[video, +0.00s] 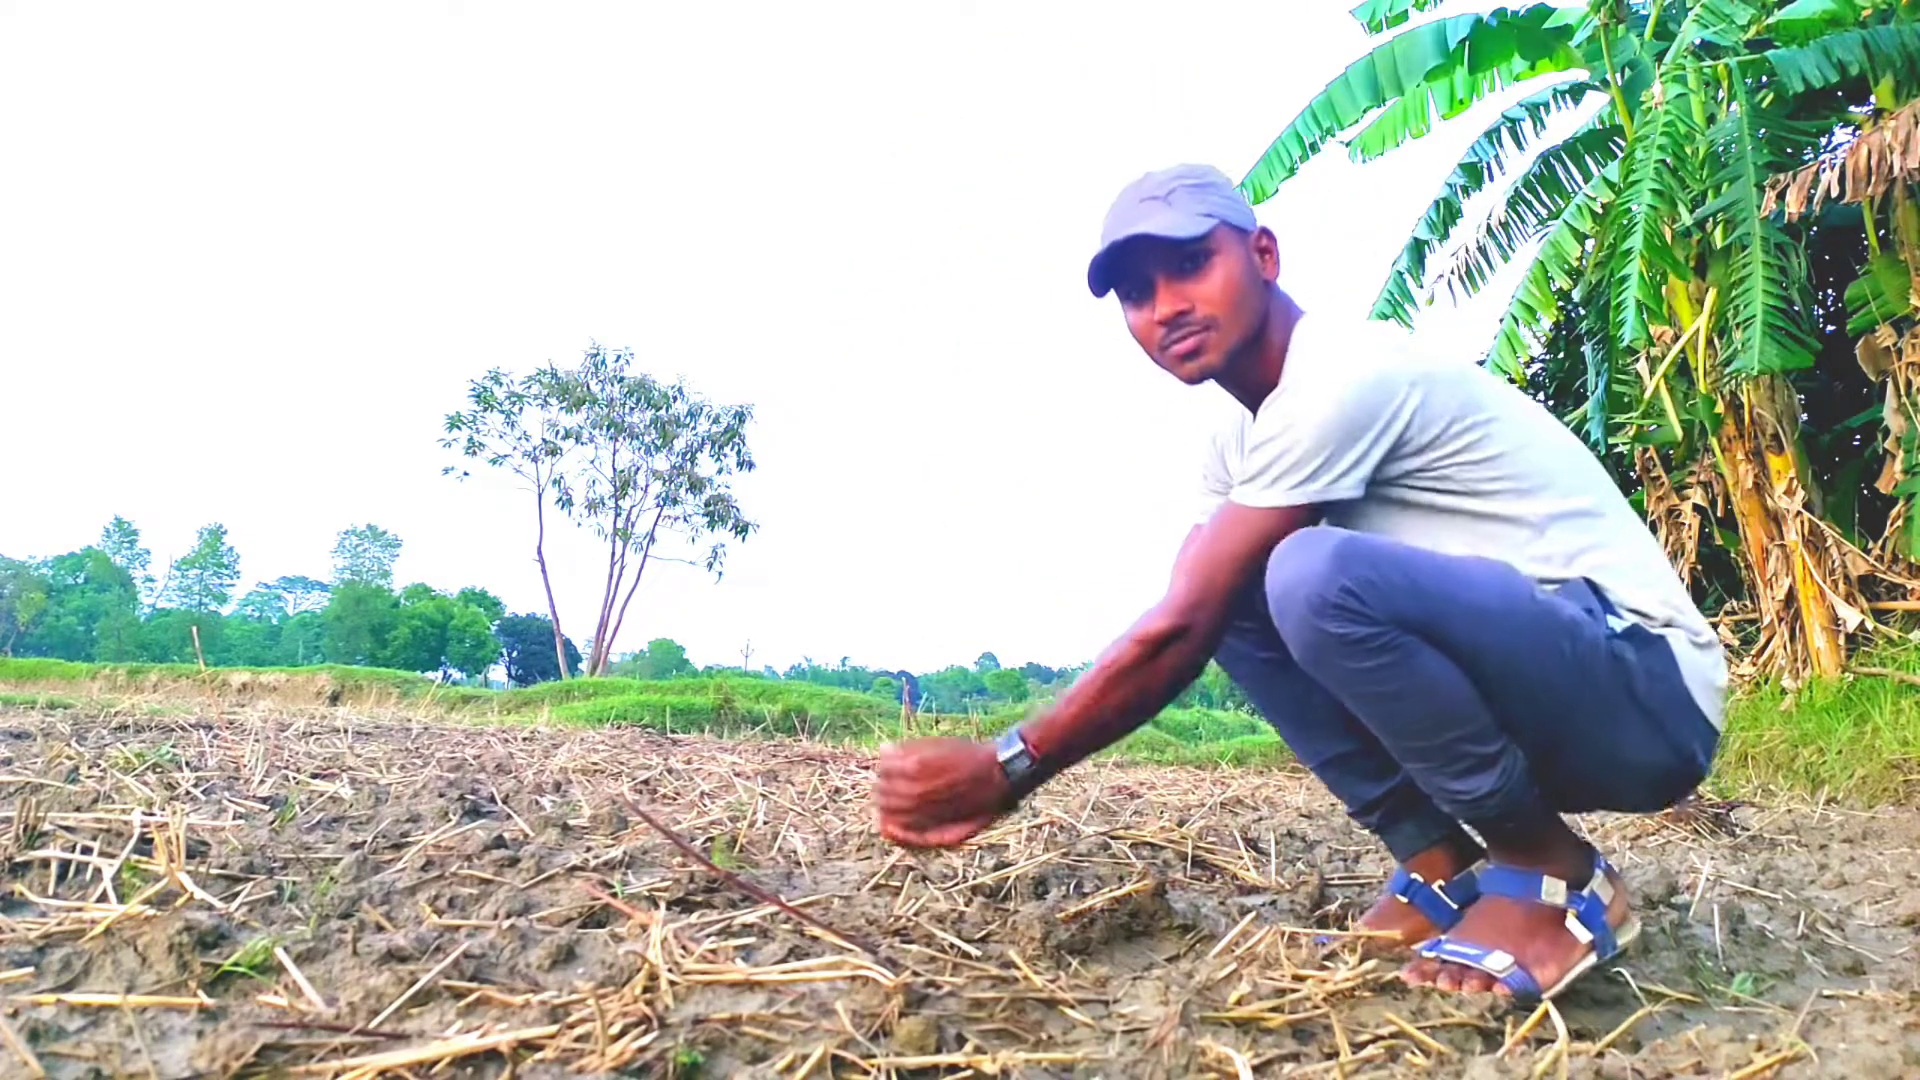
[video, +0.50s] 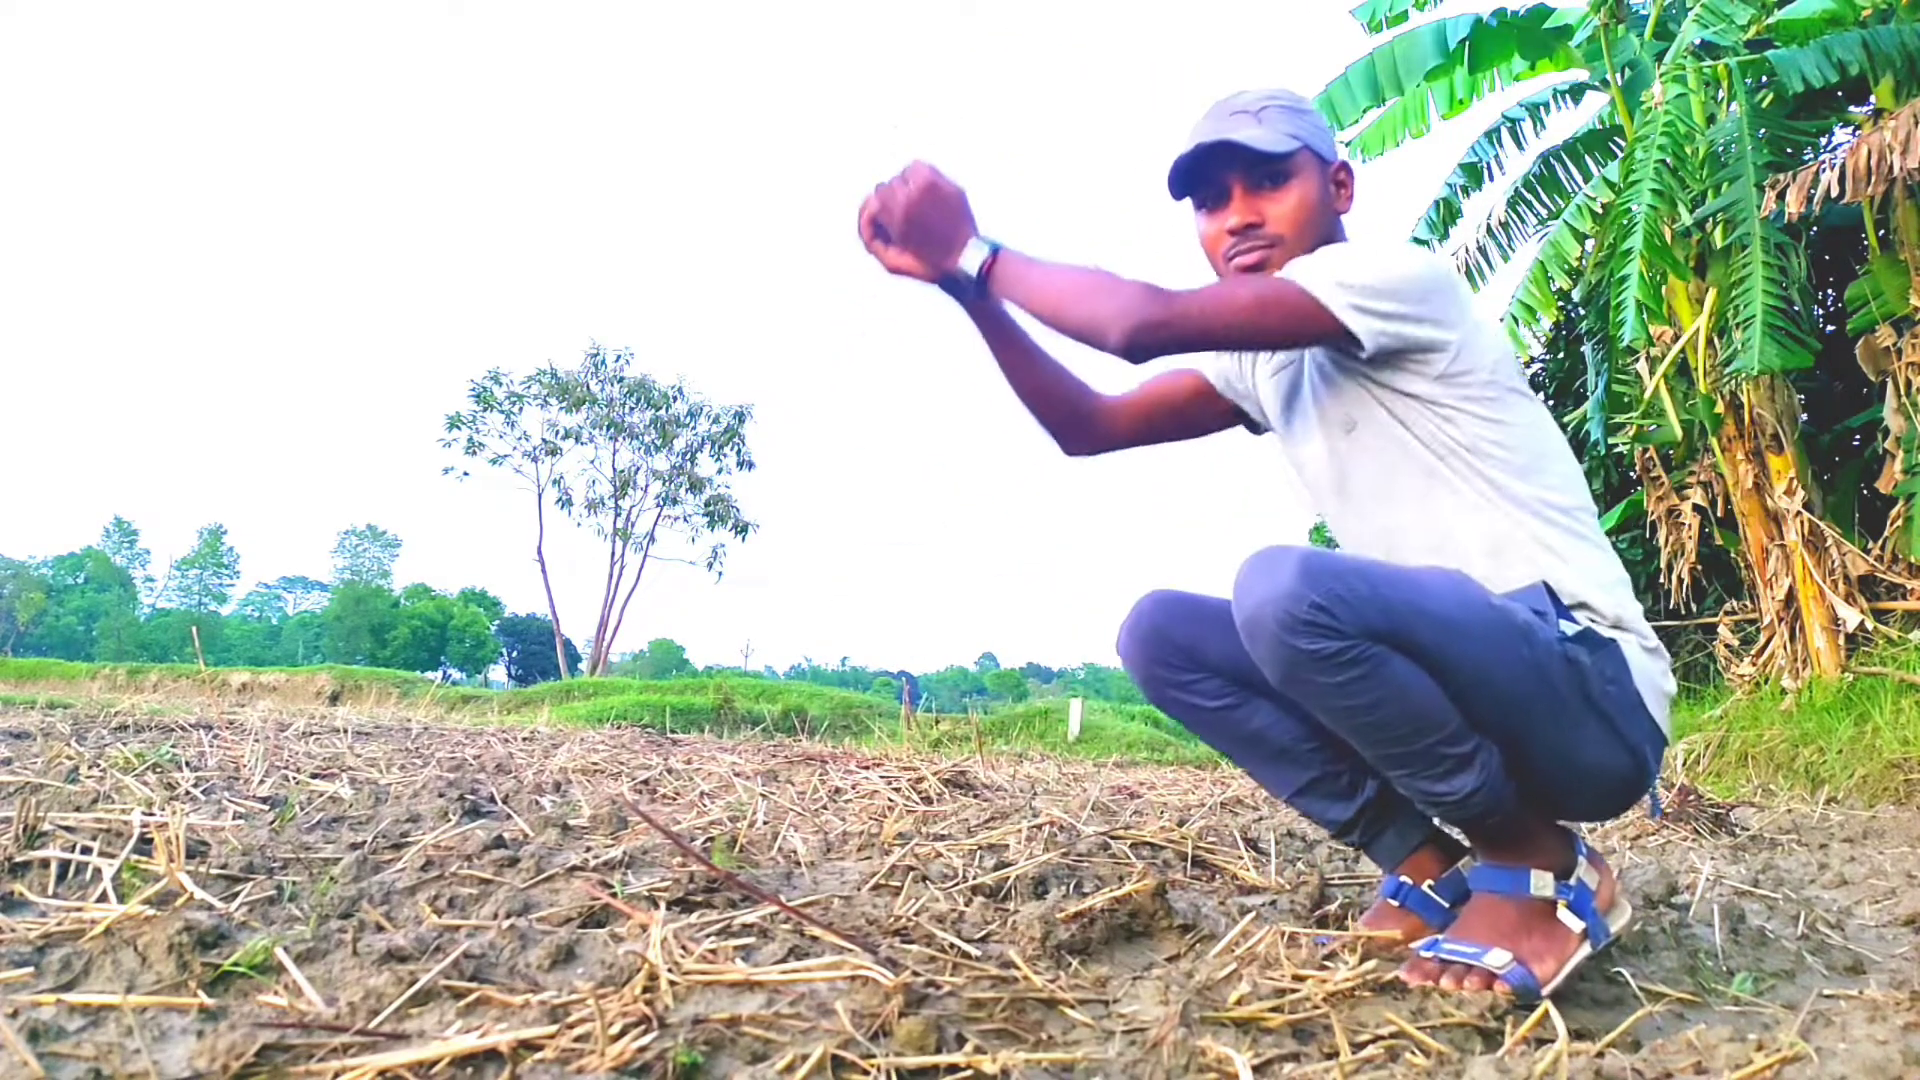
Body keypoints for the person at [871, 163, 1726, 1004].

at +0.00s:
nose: (1164, 306)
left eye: (1189, 263)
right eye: (1134, 290)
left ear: (1265, 255)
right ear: (1123, 319)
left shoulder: (1348, 378)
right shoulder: (1238, 445)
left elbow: (1180, 629)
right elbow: (1175, 647)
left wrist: (1008, 767)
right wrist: (1011, 770)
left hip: (1644, 684)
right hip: (1540, 702)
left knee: (1324, 581)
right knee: (1230, 611)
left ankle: (1550, 874)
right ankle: (1441, 865)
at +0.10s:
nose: (1178, 293)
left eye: (1204, 250)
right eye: (1148, 275)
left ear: (1277, 247)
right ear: (1138, 306)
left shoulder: (1360, 371)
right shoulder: (1246, 451)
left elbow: (1179, 611)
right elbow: (1182, 632)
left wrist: (983, 697)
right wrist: (985, 695)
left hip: (1630, 705)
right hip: (1522, 723)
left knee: (1305, 588)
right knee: (1215, 615)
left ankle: (1544, 881)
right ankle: (1442, 869)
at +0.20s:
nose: (1189, 269)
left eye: (1217, 227)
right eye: (1160, 251)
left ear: (1291, 231)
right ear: (1151, 286)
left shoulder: (1374, 347)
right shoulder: (1266, 428)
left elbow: (1171, 566)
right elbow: (1157, 611)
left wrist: (962, 605)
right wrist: (972, 613)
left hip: (1620, 694)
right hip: (1507, 715)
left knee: (1304, 593)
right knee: (1199, 608)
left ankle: (1548, 876)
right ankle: (1443, 867)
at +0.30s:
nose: (1210, 242)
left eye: (1238, 204)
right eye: (1183, 223)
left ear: (1312, 208)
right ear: (1170, 256)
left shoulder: (1383, 320)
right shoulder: (1281, 390)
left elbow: (1148, 473)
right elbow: (1124, 531)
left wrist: (947, 448)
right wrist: (953, 461)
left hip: (1608, 694)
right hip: (1497, 713)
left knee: (1298, 589)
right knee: (1180, 610)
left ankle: (1544, 872)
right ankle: (1439, 869)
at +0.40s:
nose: (1225, 230)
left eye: (1255, 195)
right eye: (1197, 211)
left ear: (1326, 199)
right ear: (1182, 241)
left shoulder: (1389, 306)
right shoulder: (1278, 380)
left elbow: (1139, 395)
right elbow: (1099, 482)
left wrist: (952, 347)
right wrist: (959, 372)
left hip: (1598, 697)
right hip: (1484, 713)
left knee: (1289, 595)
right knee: (1168, 624)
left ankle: (1534, 862)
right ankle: (1435, 870)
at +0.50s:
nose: (1234, 216)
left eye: (1267, 182)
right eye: (1208, 197)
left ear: (1341, 189)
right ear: (1194, 222)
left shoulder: (1402, 284)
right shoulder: (1271, 362)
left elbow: (1140, 322)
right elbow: (1087, 424)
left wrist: (971, 254)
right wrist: (969, 288)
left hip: (1589, 686)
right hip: (1468, 698)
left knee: (1282, 593)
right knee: (1160, 631)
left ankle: (1535, 859)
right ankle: (1432, 870)